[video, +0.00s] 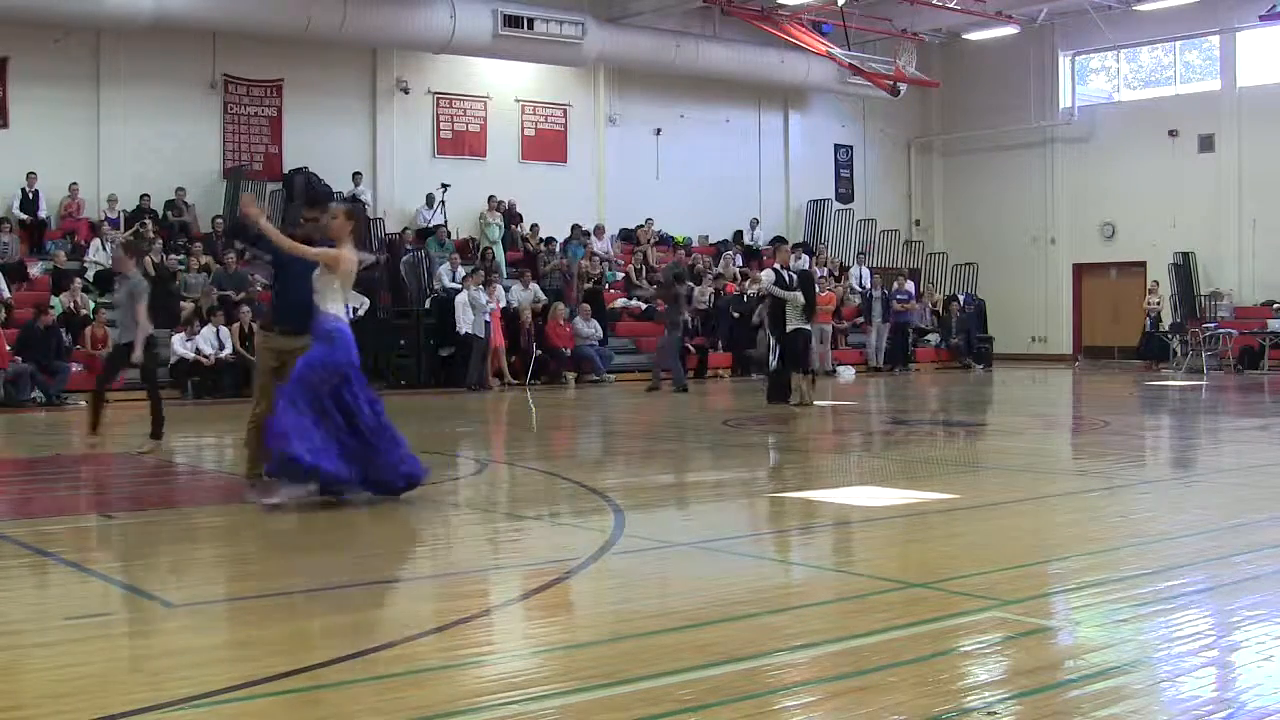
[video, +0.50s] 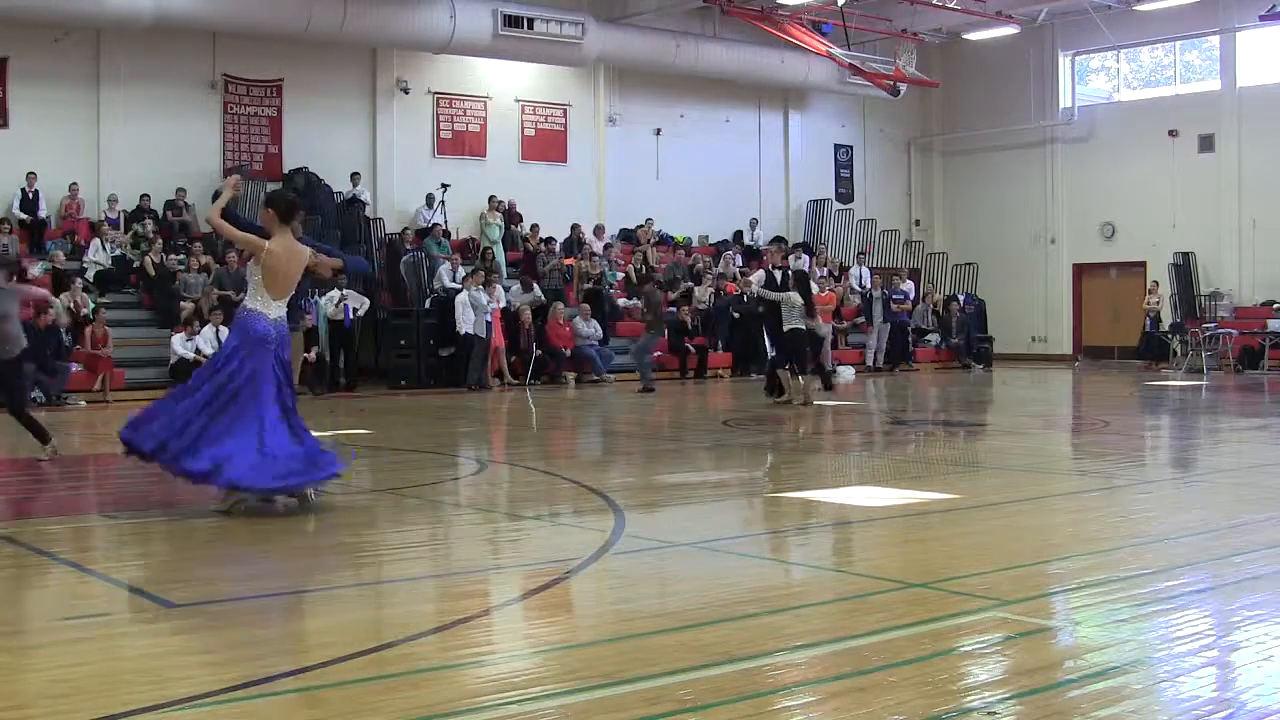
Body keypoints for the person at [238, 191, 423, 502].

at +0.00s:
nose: (328, 223)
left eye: (335, 218)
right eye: (328, 218)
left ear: (350, 224)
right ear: (338, 224)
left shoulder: (339, 255)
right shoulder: (346, 255)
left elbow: (291, 247)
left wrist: (260, 219)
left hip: (332, 341)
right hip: (337, 339)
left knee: (291, 397)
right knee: (341, 407)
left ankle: (300, 470)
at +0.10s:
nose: (306, 222)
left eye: (312, 217)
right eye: (307, 217)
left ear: (330, 223)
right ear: (330, 224)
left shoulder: (311, 252)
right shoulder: (341, 260)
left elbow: (266, 233)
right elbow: (330, 287)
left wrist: (251, 201)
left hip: (303, 334)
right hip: (322, 335)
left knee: (272, 399)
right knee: (322, 406)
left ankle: (251, 479)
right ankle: (336, 478)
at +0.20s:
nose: (289, 220)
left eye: (294, 215)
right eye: (291, 215)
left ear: (310, 219)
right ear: (312, 220)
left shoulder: (295, 250)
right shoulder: (325, 259)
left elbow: (244, 222)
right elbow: (331, 284)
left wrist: (240, 190)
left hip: (277, 330)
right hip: (300, 333)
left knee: (264, 404)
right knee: (294, 404)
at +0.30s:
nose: (281, 216)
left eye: (286, 212)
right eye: (284, 211)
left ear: (295, 217)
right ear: (308, 220)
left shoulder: (281, 249)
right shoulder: (317, 259)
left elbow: (229, 224)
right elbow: (330, 281)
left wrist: (228, 194)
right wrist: (330, 265)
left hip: (263, 329)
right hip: (287, 333)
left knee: (247, 401)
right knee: (274, 402)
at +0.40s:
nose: (270, 215)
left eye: (274, 210)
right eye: (272, 210)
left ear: (283, 215)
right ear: (299, 218)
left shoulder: (269, 247)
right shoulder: (308, 254)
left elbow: (218, 221)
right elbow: (327, 271)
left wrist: (226, 194)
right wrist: (333, 263)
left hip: (254, 328)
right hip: (279, 332)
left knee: (239, 403)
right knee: (268, 405)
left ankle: (239, 480)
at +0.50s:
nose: (261, 214)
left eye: (264, 210)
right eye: (263, 210)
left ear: (272, 214)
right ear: (292, 217)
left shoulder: (264, 247)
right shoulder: (304, 253)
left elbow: (214, 219)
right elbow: (328, 268)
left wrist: (228, 192)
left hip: (252, 325)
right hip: (278, 329)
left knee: (248, 402)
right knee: (270, 402)